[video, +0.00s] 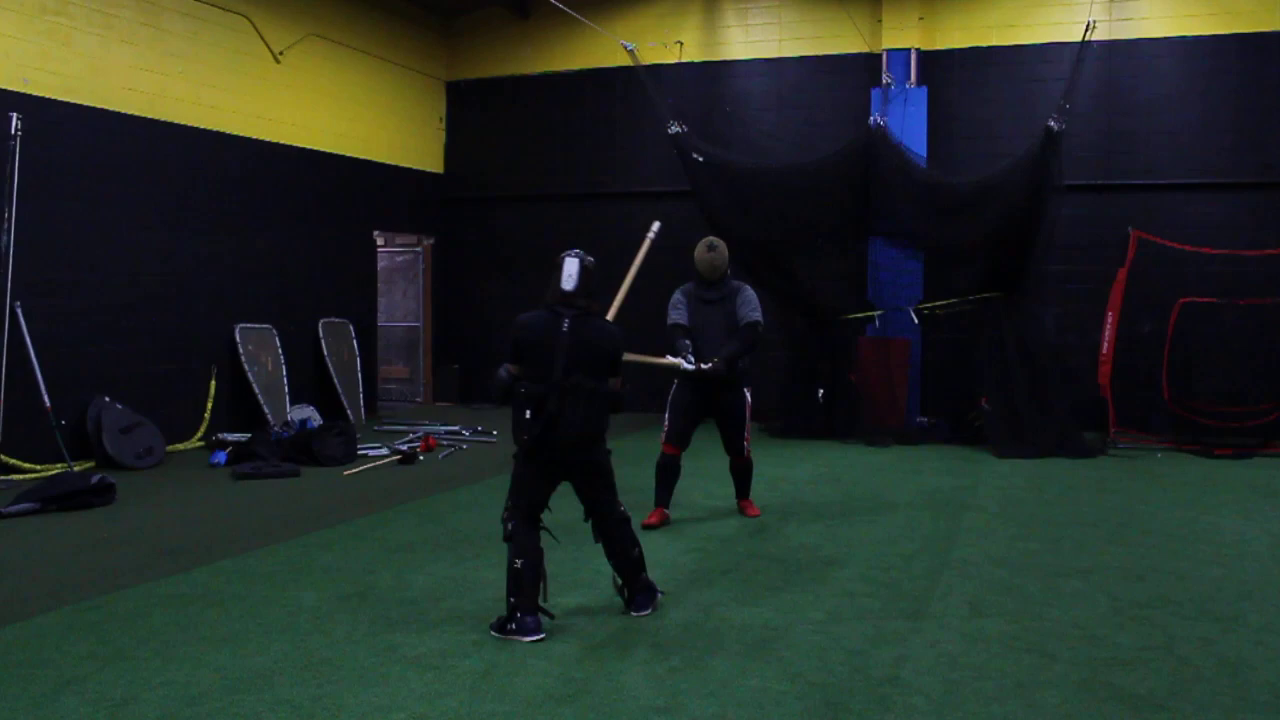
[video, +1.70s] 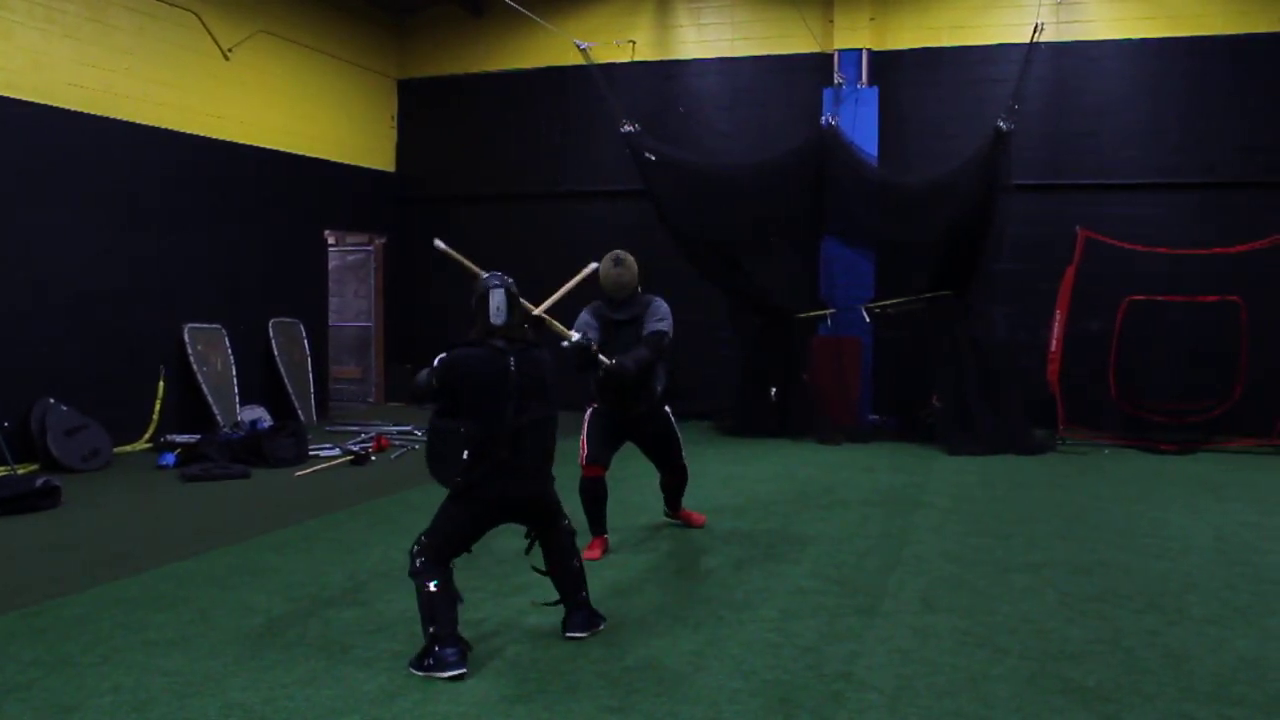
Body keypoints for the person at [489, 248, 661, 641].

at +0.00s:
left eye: (560, 282)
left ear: (553, 285)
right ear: (593, 289)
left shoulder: (529, 328)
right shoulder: (605, 335)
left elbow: (509, 381)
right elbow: (613, 390)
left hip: (539, 447)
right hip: (589, 446)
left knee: (521, 520)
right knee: (609, 515)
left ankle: (524, 614)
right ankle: (640, 593)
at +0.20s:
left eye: (591, 291)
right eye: (616, 292)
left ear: (582, 291)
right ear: (623, 295)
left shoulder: (559, 328)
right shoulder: (634, 336)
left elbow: (540, 380)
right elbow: (646, 392)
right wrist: (624, 428)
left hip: (567, 448)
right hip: (617, 448)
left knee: (539, 518)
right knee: (630, 514)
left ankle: (527, 612)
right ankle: (644, 594)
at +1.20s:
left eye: (552, 297)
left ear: (545, 299)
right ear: (584, 303)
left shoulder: (520, 340)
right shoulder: (596, 346)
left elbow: (498, 394)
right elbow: (608, 401)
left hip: (527, 461)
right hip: (578, 461)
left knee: (485, 528)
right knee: (586, 521)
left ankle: (495, 616)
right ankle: (605, 601)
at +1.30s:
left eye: (531, 304)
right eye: (558, 305)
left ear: (521, 307)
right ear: (562, 308)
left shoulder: (499, 353)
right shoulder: (579, 350)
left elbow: (496, 414)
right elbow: (591, 424)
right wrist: (568, 449)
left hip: (515, 471)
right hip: (566, 468)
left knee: (476, 544)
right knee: (574, 526)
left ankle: (456, 632)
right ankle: (597, 601)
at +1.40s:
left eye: (509, 307)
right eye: (534, 306)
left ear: (501, 313)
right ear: (541, 312)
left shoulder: (484, 361)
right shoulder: (564, 357)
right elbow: (591, 399)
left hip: (506, 480)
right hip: (557, 476)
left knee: (463, 552)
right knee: (571, 526)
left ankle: (452, 646)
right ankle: (600, 601)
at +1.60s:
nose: (496, 313)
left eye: (489, 306)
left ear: (479, 312)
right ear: (524, 310)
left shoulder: (461, 359)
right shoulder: (544, 357)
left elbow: (447, 421)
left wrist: (462, 477)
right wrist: (564, 342)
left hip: (481, 484)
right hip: (534, 481)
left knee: (432, 553)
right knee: (560, 529)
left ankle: (442, 642)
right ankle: (580, 609)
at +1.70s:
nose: (488, 316)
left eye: (484, 310)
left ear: (478, 316)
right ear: (522, 315)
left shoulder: (460, 364)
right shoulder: (543, 359)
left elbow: (419, 389)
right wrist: (581, 352)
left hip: (480, 489)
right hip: (533, 485)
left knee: (428, 555)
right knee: (557, 533)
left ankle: (444, 648)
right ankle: (580, 612)